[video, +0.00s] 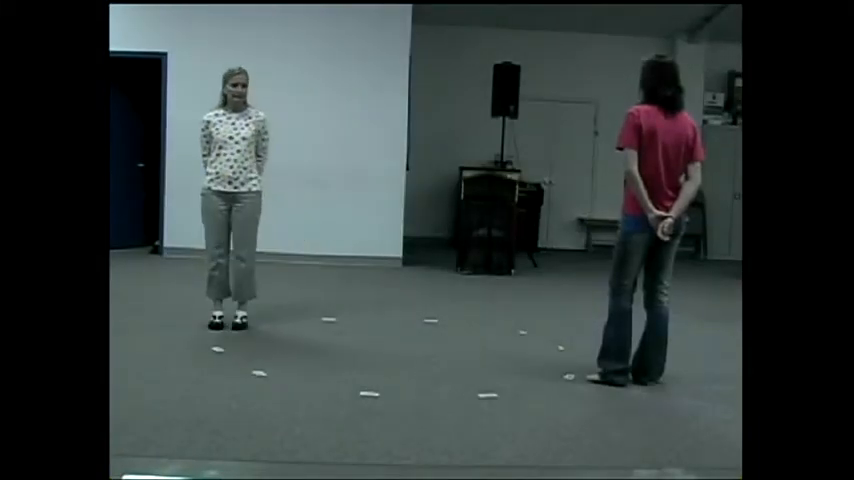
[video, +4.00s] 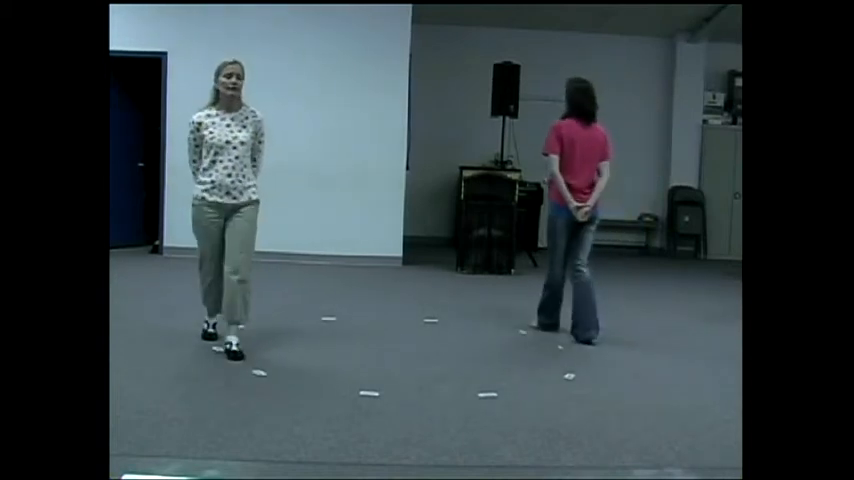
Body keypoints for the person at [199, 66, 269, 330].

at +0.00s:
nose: (239, 90)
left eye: (243, 86)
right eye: (234, 85)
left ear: (248, 89)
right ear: (224, 88)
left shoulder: (258, 119)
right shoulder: (210, 119)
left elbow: (262, 155)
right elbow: (206, 154)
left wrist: (252, 178)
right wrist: (215, 176)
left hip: (247, 190)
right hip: (215, 189)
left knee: (243, 251)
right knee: (217, 251)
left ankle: (241, 309)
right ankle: (217, 308)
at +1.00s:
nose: (235, 88)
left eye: (240, 84)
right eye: (230, 84)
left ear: (248, 87)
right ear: (224, 88)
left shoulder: (260, 120)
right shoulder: (212, 119)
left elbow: (263, 157)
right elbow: (210, 155)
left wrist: (254, 181)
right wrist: (219, 177)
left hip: (247, 192)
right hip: (216, 191)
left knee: (243, 255)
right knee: (217, 254)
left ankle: (241, 310)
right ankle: (218, 309)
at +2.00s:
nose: (234, 88)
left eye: (239, 84)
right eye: (229, 84)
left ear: (246, 87)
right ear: (222, 88)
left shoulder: (257, 119)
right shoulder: (210, 120)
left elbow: (262, 156)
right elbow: (207, 155)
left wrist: (255, 180)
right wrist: (214, 178)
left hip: (247, 191)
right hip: (215, 191)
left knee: (243, 253)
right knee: (217, 253)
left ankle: (241, 309)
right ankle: (218, 308)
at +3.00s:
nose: (237, 91)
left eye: (242, 86)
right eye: (232, 86)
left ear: (248, 89)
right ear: (225, 89)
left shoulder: (260, 120)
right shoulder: (213, 121)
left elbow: (265, 157)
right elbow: (209, 157)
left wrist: (256, 180)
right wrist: (219, 178)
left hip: (250, 192)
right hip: (218, 192)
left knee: (245, 253)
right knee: (219, 253)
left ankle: (242, 310)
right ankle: (218, 309)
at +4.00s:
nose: (233, 82)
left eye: (238, 78)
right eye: (228, 77)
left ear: (243, 84)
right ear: (217, 81)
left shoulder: (254, 120)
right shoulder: (201, 119)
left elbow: (256, 160)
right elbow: (195, 161)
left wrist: (245, 185)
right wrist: (206, 184)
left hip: (244, 201)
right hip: (209, 201)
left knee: (237, 267)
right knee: (210, 265)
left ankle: (233, 334)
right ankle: (212, 317)